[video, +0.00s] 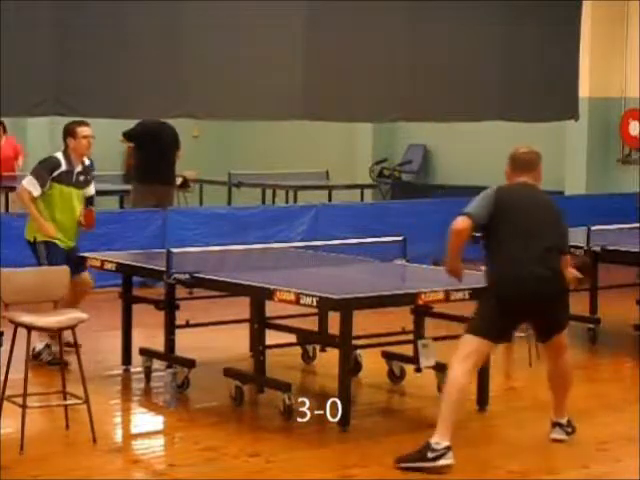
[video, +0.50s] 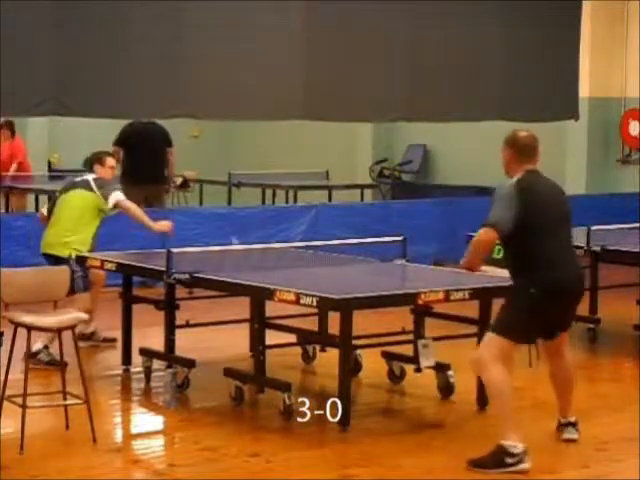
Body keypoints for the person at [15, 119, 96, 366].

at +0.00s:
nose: (89, 143)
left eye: (90, 138)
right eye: (84, 138)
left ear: (88, 142)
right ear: (70, 141)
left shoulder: (87, 168)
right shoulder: (52, 164)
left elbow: (89, 201)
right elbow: (23, 192)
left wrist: (87, 219)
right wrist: (41, 223)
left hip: (68, 238)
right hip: (45, 237)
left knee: (83, 284)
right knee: (57, 290)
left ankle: (57, 331)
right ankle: (47, 344)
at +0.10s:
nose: (97, 147)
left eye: (98, 142)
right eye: (92, 142)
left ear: (95, 146)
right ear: (78, 145)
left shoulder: (89, 173)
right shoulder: (61, 166)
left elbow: (86, 209)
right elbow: (30, 193)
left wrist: (92, 224)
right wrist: (54, 222)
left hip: (71, 242)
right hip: (49, 241)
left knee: (90, 282)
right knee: (61, 289)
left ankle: (78, 330)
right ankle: (39, 345)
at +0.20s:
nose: (102, 154)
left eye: (103, 150)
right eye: (98, 149)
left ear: (98, 153)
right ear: (83, 151)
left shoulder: (90, 178)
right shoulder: (67, 173)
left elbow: (81, 214)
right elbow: (40, 199)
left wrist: (94, 230)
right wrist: (69, 226)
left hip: (74, 246)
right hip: (53, 246)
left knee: (97, 280)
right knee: (54, 295)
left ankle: (83, 329)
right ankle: (40, 346)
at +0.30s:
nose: (109, 162)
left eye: (110, 158)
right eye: (105, 157)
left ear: (95, 162)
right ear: (91, 159)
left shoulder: (84, 182)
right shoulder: (82, 181)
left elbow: (77, 223)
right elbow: (75, 210)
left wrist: (95, 241)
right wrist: (105, 227)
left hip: (71, 250)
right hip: (57, 251)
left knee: (99, 281)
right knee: (76, 297)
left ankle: (85, 329)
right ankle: (42, 346)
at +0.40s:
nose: (112, 168)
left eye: (112, 163)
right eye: (108, 162)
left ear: (92, 165)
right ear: (94, 163)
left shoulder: (71, 181)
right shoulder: (95, 183)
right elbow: (101, 209)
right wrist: (129, 224)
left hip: (48, 250)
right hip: (66, 253)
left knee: (98, 280)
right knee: (83, 299)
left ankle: (86, 329)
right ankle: (41, 346)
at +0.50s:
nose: (114, 173)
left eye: (115, 169)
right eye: (111, 168)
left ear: (92, 169)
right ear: (97, 167)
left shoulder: (70, 183)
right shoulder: (103, 185)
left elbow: (44, 213)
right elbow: (125, 205)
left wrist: (57, 231)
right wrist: (152, 225)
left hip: (50, 249)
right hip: (70, 252)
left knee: (98, 277)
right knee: (78, 302)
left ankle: (86, 329)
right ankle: (41, 347)